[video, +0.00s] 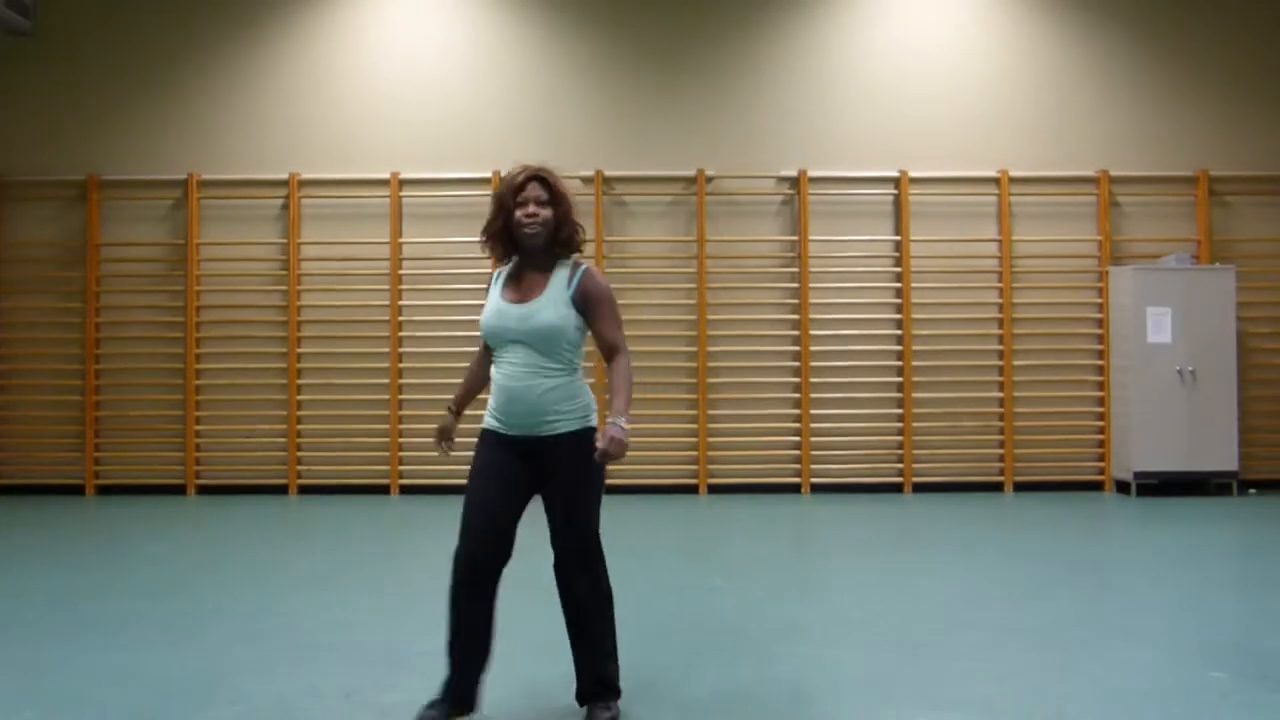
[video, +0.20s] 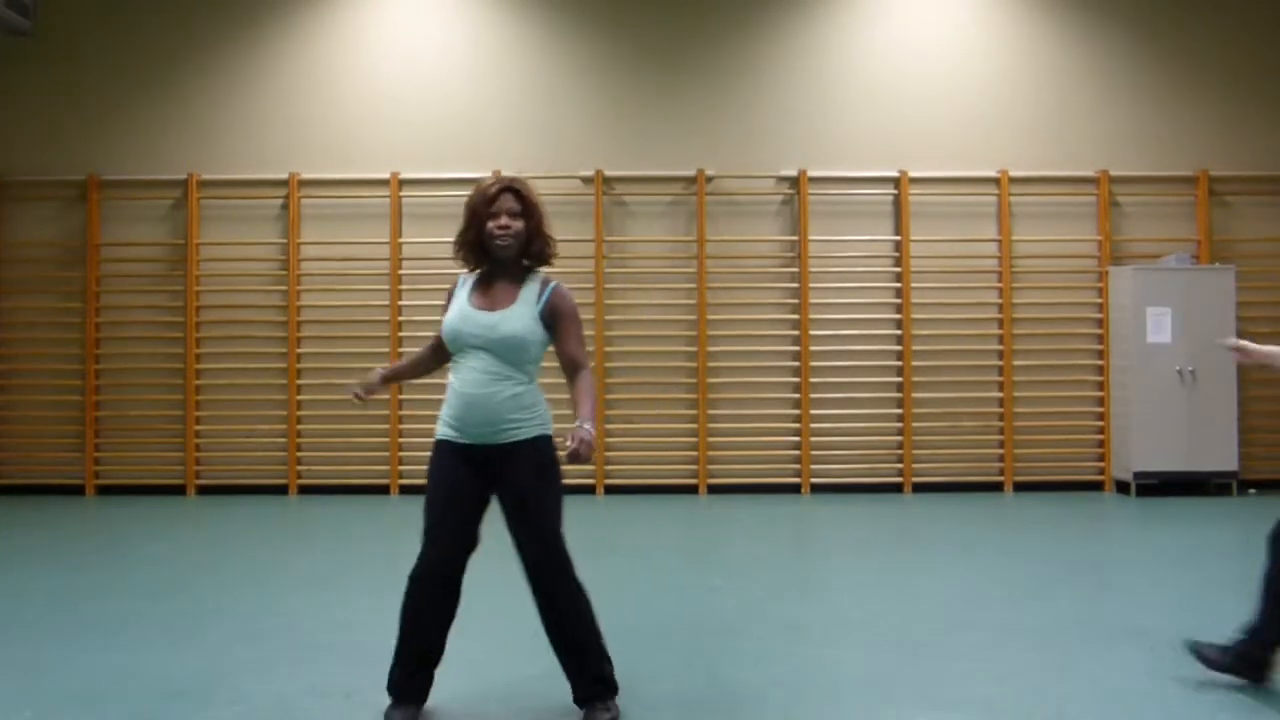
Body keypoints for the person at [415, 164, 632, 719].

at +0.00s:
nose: (533, 212)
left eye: (543, 203)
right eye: (523, 204)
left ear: (559, 214)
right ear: (508, 216)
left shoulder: (583, 280)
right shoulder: (500, 279)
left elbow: (617, 353)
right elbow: (488, 354)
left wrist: (619, 420)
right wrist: (454, 411)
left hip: (569, 443)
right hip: (502, 441)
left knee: (579, 567)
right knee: (473, 562)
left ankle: (600, 697)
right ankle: (459, 693)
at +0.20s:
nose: (504, 224)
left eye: (514, 216)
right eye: (494, 216)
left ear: (530, 226)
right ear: (477, 227)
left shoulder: (549, 295)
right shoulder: (462, 287)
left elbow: (579, 368)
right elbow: (438, 351)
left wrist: (586, 422)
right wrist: (386, 375)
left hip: (525, 448)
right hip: (457, 447)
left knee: (548, 568)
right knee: (436, 566)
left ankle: (598, 697)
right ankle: (406, 697)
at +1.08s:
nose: (324, 248)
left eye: (335, 240)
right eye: (315, 239)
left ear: (352, 252)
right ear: (299, 249)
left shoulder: (372, 323)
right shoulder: (270, 312)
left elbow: (371, 390)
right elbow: (226, 372)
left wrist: (357, 439)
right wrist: (241, 434)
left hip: (321, 470)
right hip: (258, 461)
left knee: (279, 570)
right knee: (238, 573)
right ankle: (232, 689)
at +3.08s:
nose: (316, 233)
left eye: (327, 226)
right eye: (308, 226)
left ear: (345, 240)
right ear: (294, 238)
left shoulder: (363, 297)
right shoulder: (283, 296)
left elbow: (385, 358)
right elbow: (262, 359)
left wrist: (316, 354)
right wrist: (239, 343)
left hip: (334, 438)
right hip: (278, 435)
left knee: (325, 551)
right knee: (230, 538)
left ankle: (347, 666)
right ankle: (281, 636)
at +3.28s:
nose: (279, 241)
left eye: (289, 234)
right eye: (271, 232)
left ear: (307, 244)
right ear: (258, 241)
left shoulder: (315, 295)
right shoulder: (240, 282)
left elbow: (336, 277)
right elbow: (172, 264)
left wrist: (295, 231)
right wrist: (125, 220)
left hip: (288, 438)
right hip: (225, 436)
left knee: (310, 551)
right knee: (182, 543)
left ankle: (346, 667)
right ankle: (132, 658)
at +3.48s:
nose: (244, 262)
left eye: (255, 256)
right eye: (235, 254)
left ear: (267, 268)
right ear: (219, 264)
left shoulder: (276, 321)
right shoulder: (199, 300)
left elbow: (294, 353)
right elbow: (137, 289)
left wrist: (261, 301)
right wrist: (128, 296)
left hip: (233, 456)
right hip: (173, 446)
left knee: (199, 555)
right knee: (147, 556)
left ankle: (258, 634)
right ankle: (134, 667)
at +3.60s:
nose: (232, 278)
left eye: (242, 271)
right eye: (223, 270)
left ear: (257, 281)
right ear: (210, 277)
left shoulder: (277, 342)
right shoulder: (182, 329)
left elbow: (279, 410)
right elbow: (130, 376)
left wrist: (241, 419)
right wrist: (148, 411)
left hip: (221, 467)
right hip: (163, 453)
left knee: (170, 560)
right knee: (130, 553)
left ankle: (161, 654)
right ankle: (128, 665)